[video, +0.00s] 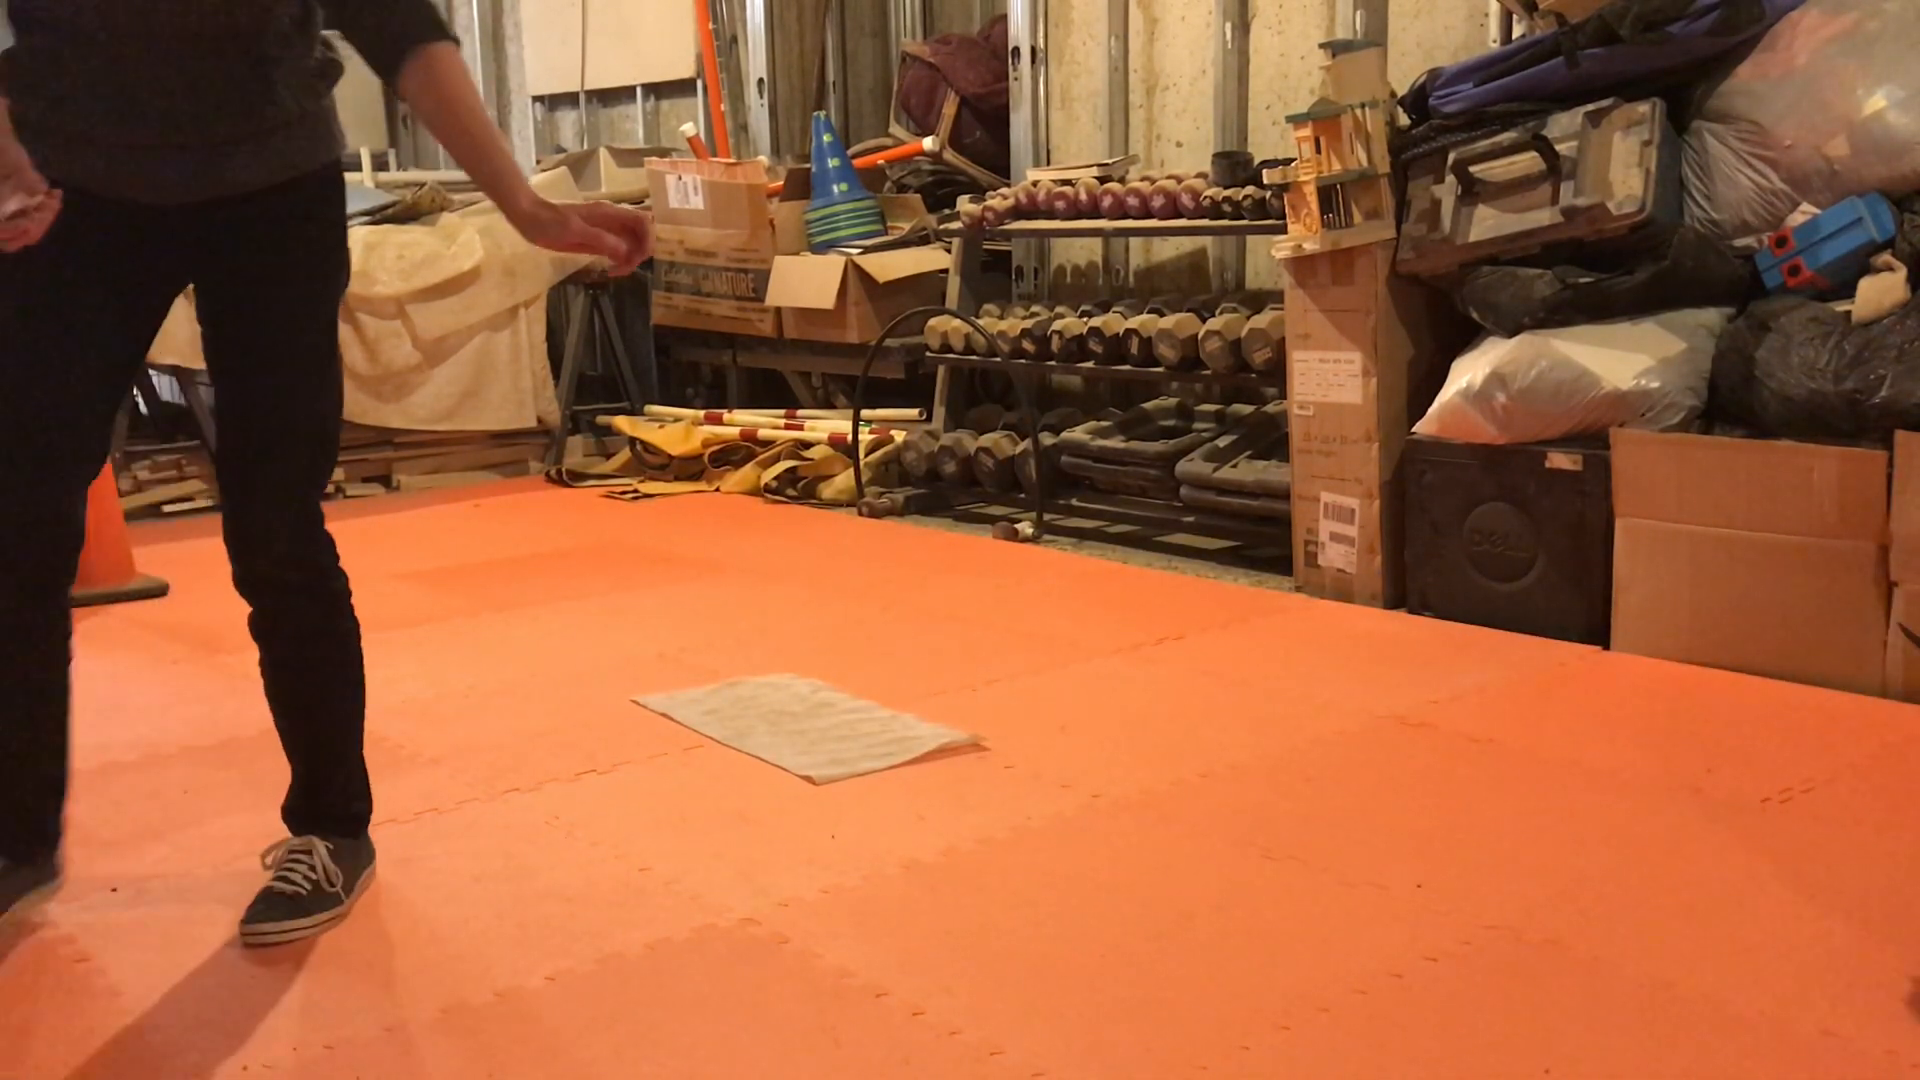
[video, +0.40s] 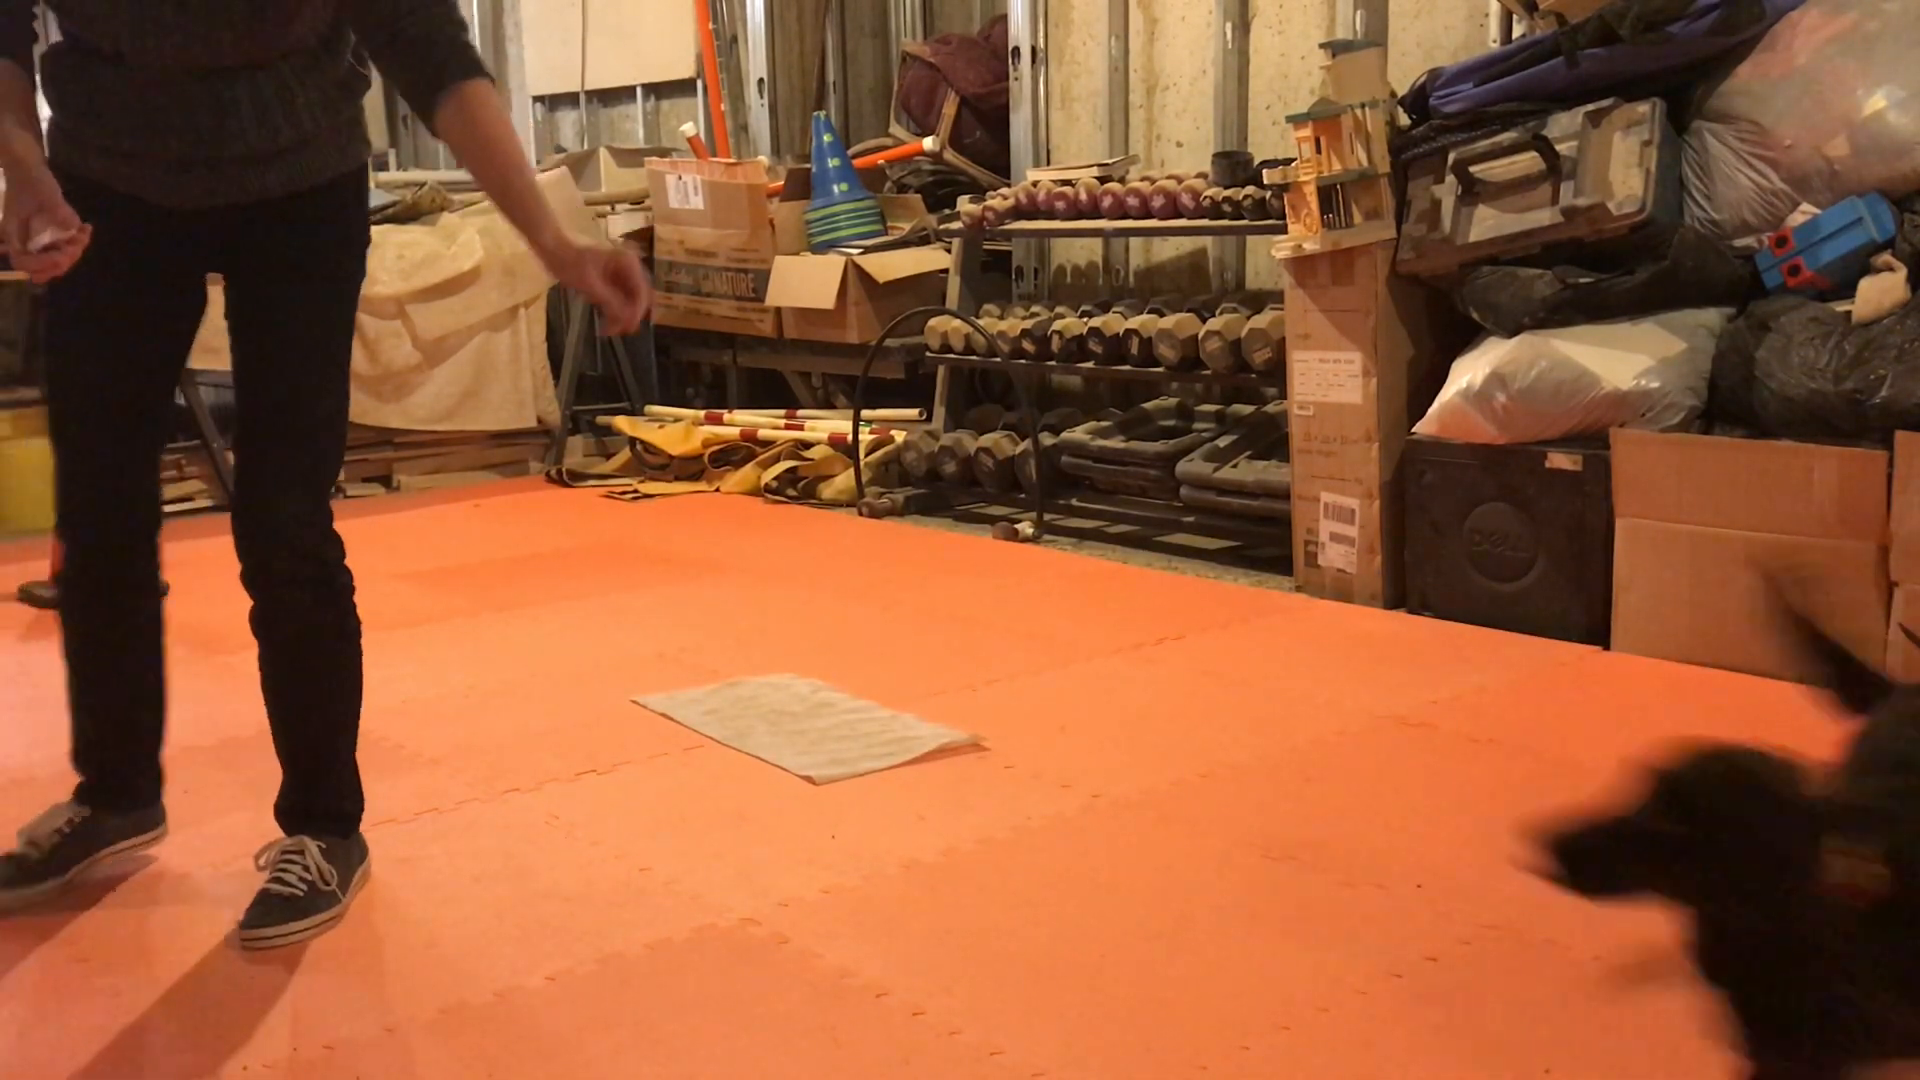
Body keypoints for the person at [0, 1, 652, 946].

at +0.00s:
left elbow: (396, 23)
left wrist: (524, 201)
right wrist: (7, 135)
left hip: (271, 180)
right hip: (77, 185)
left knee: (275, 536)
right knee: (20, 540)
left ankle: (331, 831)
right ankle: (18, 847)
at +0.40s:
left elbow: (426, 45)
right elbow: (9, 36)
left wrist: (558, 242)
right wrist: (19, 156)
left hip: (294, 162)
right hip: (113, 167)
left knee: (283, 524)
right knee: (100, 521)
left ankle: (323, 832)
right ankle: (117, 795)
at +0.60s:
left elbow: (397, 80)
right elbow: (24, 21)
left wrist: (487, 303)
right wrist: (30, 181)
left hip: (317, 170)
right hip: (149, 171)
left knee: (291, 516)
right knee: (158, 479)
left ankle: (329, 830)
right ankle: (233, 716)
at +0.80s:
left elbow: (318, 106)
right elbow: (40, 52)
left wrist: (367, 336)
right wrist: (25, 173)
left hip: (314, 180)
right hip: (188, 190)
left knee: (282, 500)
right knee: (195, 469)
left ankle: (332, 828)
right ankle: (272, 695)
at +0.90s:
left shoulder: (249, 9)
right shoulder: (83, 4)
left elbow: (268, 111)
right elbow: (75, 46)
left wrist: (292, 333)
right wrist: (22, 167)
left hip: (320, 200)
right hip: (210, 208)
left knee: (274, 494)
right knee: (208, 476)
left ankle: (334, 826)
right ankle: (283, 725)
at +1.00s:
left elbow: (208, 99)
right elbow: (127, 47)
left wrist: (209, 342)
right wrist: (36, 165)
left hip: (303, 192)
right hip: (235, 196)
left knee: (249, 492)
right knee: (225, 479)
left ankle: (323, 812)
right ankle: (303, 759)